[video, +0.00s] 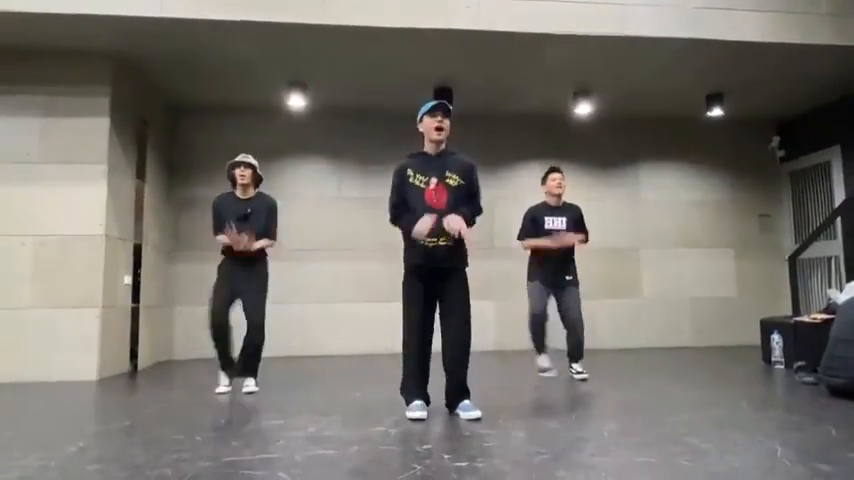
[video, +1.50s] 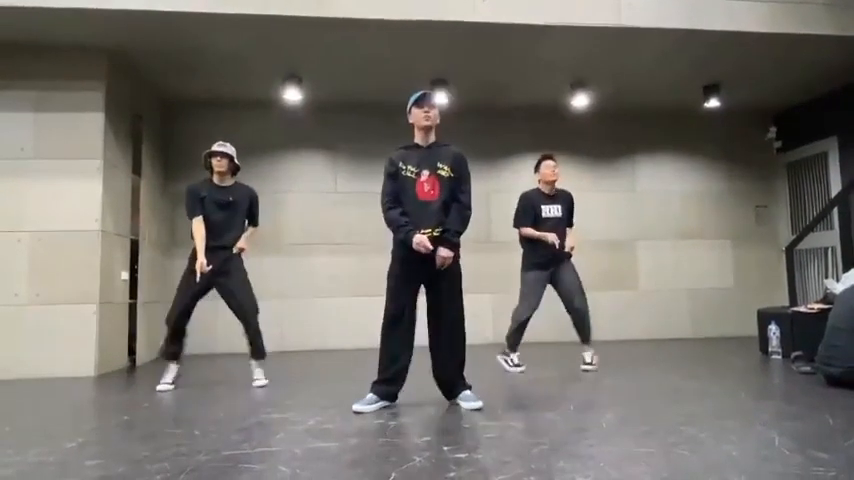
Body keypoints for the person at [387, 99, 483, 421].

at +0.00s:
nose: (439, 123)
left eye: (443, 119)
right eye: (433, 118)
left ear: (449, 126)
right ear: (420, 125)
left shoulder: (464, 167)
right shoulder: (406, 169)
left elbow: (473, 208)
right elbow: (396, 212)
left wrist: (459, 219)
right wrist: (415, 223)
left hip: (453, 265)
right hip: (418, 266)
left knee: (458, 333)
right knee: (417, 333)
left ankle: (459, 398)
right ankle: (416, 397)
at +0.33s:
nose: (437, 132)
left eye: (442, 128)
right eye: (431, 128)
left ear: (450, 134)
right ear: (421, 135)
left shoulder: (469, 176)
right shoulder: (404, 176)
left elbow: (506, 190)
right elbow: (369, 192)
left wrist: (544, 163)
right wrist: (333, 176)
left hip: (451, 277)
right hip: (411, 277)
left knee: (459, 335)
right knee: (384, 332)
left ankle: (459, 398)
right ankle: (349, 394)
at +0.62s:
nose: (443, 123)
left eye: (447, 118)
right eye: (437, 119)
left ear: (455, 122)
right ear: (427, 125)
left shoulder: (468, 163)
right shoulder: (415, 161)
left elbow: (474, 209)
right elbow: (397, 150)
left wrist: (459, 242)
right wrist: (421, 117)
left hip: (456, 249)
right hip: (423, 249)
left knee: (461, 322)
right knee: (429, 301)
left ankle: (458, 393)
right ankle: (419, 354)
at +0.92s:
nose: (444, 116)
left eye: (449, 111)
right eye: (438, 111)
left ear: (455, 117)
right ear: (427, 117)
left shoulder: (467, 162)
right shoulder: (413, 158)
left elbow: (472, 209)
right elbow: (399, 194)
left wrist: (456, 245)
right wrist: (415, 162)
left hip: (451, 252)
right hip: (416, 250)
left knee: (455, 326)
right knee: (400, 308)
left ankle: (457, 393)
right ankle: (395, 362)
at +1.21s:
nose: (432, 115)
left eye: (437, 111)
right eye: (426, 110)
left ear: (443, 119)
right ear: (414, 117)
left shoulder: (457, 160)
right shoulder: (399, 159)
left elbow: (462, 208)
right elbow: (391, 208)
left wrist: (445, 243)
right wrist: (410, 234)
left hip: (443, 253)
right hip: (406, 252)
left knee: (456, 319)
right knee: (390, 318)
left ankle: (471, 388)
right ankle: (370, 389)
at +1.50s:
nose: (427, 112)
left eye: (432, 107)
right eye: (421, 107)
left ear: (438, 115)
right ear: (410, 116)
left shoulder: (454, 158)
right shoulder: (397, 159)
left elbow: (462, 205)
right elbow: (390, 207)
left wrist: (449, 241)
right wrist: (410, 235)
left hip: (445, 251)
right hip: (407, 250)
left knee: (449, 320)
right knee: (397, 319)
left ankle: (456, 388)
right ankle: (385, 390)